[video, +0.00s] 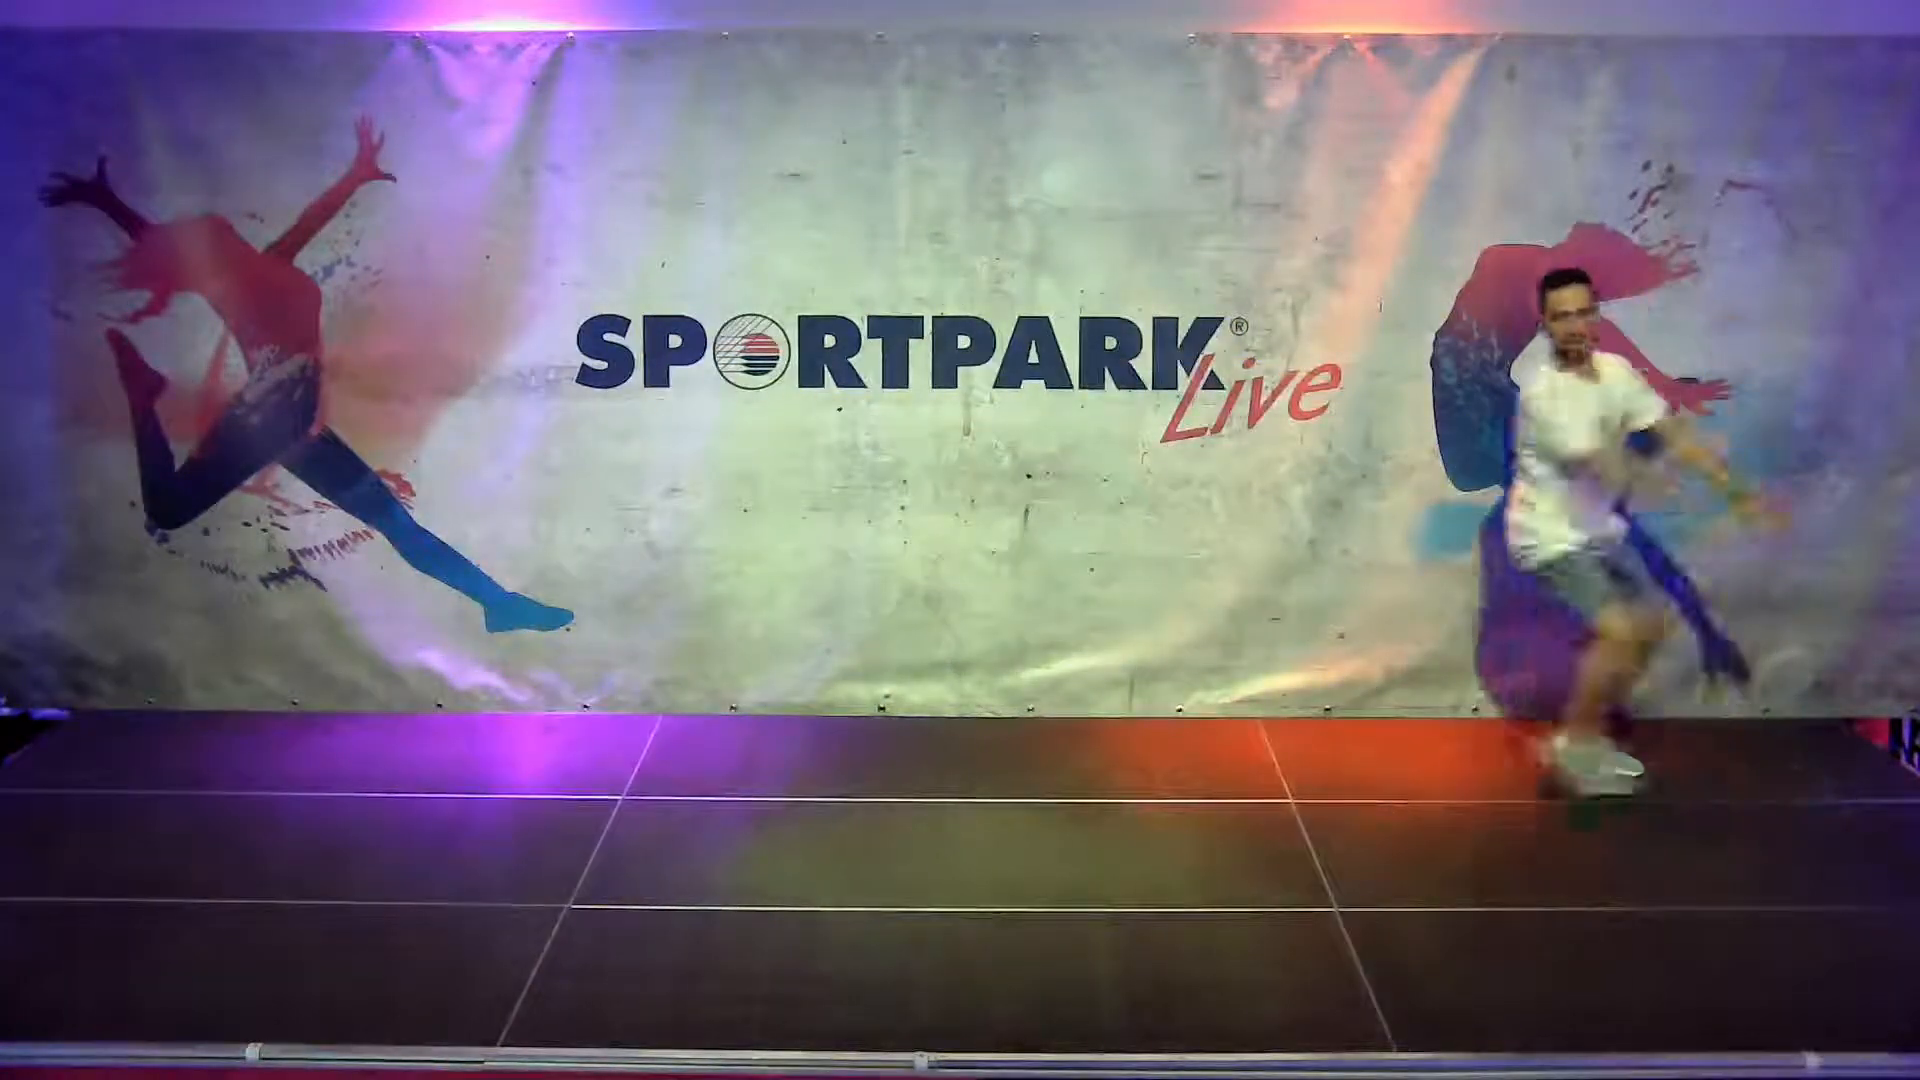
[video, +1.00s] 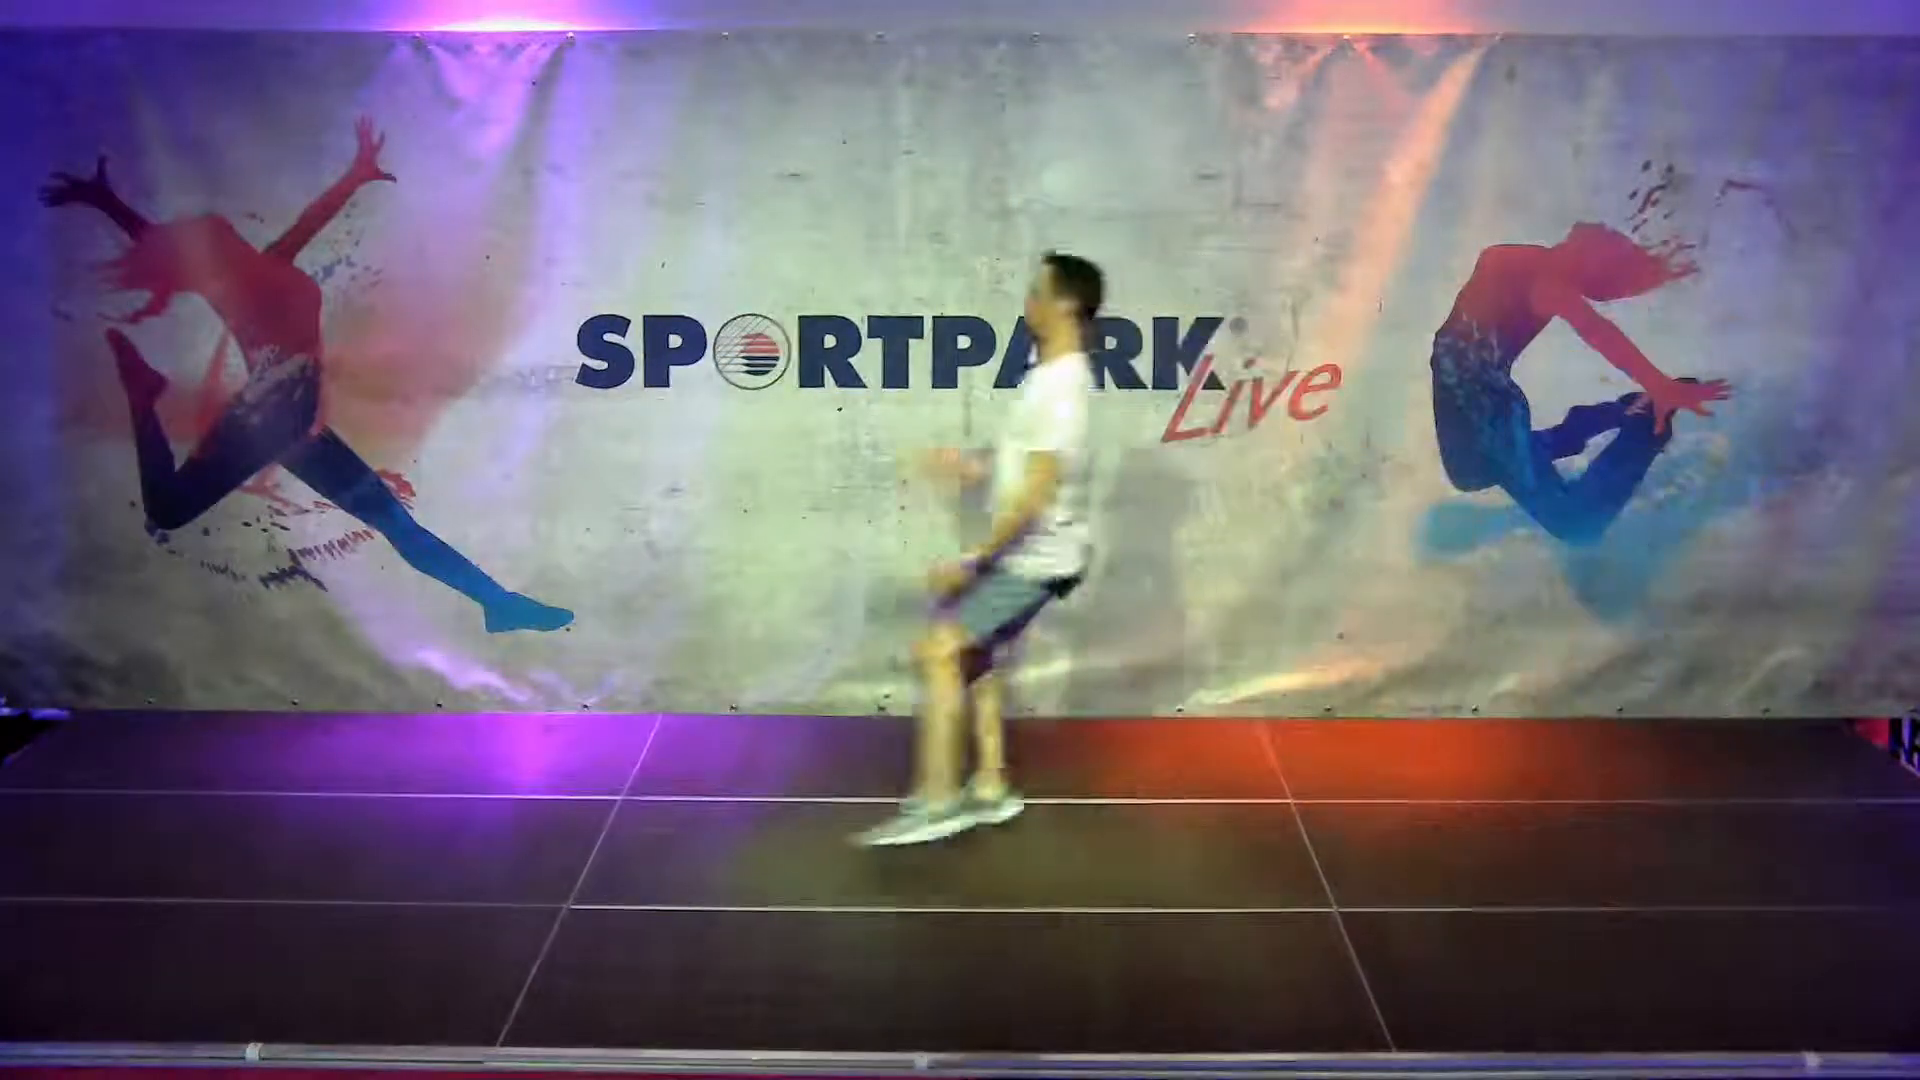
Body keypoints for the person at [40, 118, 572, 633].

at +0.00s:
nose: (177, 289)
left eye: (177, 269)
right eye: (171, 273)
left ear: (203, 253)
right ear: (204, 249)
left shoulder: (262, 269)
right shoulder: (241, 279)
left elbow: (307, 223)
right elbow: (158, 244)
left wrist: (358, 175)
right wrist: (105, 202)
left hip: (300, 428)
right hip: (262, 422)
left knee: (389, 517)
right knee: (166, 512)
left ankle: (500, 602)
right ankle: (141, 398)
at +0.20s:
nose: (177, 289)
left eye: (177, 269)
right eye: (173, 272)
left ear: (203, 253)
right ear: (204, 249)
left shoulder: (262, 269)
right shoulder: (240, 279)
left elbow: (307, 223)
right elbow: (158, 244)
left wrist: (358, 175)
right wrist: (105, 202)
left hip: (300, 428)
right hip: (262, 422)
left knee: (389, 517)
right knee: (166, 512)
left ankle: (500, 602)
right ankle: (141, 398)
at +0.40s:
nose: (177, 289)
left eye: (177, 269)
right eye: (173, 273)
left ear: (202, 253)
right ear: (204, 249)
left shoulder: (262, 270)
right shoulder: (241, 279)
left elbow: (306, 223)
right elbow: (158, 244)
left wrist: (358, 175)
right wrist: (106, 203)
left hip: (300, 428)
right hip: (262, 422)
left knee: (389, 517)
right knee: (167, 512)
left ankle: (500, 602)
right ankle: (141, 398)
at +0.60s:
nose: (178, 289)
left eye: (178, 268)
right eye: (175, 270)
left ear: (203, 253)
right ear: (203, 249)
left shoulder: (262, 270)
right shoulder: (239, 279)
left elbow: (306, 223)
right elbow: (158, 244)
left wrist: (358, 175)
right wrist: (106, 203)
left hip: (300, 428)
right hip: (262, 422)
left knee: (389, 517)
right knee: (166, 512)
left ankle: (500, 602)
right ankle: (141, 398)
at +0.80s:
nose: (177, 289)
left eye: (177, 268)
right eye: (174, 271)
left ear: (203, 253)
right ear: (205, 249)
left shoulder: (262, 270)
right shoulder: (241, 279)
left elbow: (307, 223)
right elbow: (157, 244)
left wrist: (358, 175)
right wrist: (105, 203)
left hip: (300, 428)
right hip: (262, 422)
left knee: (390, 517)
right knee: (166, 512)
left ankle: (500, 602)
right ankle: (141, 398)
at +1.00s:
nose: (181, 288)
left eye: (181, 268)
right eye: (178, 271)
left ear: (205, 254)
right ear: (208, 248)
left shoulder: (261, 270)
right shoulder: (246, 279)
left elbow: (307, 223)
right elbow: (160, 245)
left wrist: (358, 175)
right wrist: (105, 202)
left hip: (299, 428)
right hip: (263, 421)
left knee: (388, 515)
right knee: (167, 511)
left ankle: (500, 602)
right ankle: (141, 396)